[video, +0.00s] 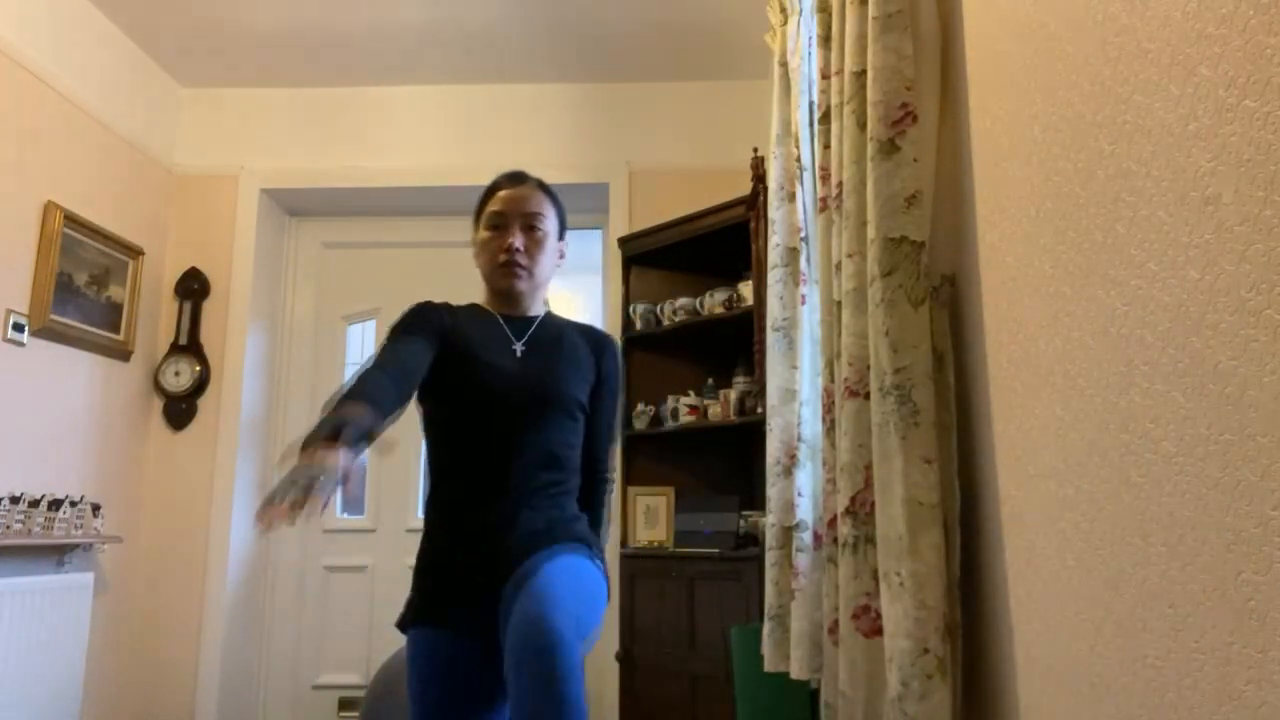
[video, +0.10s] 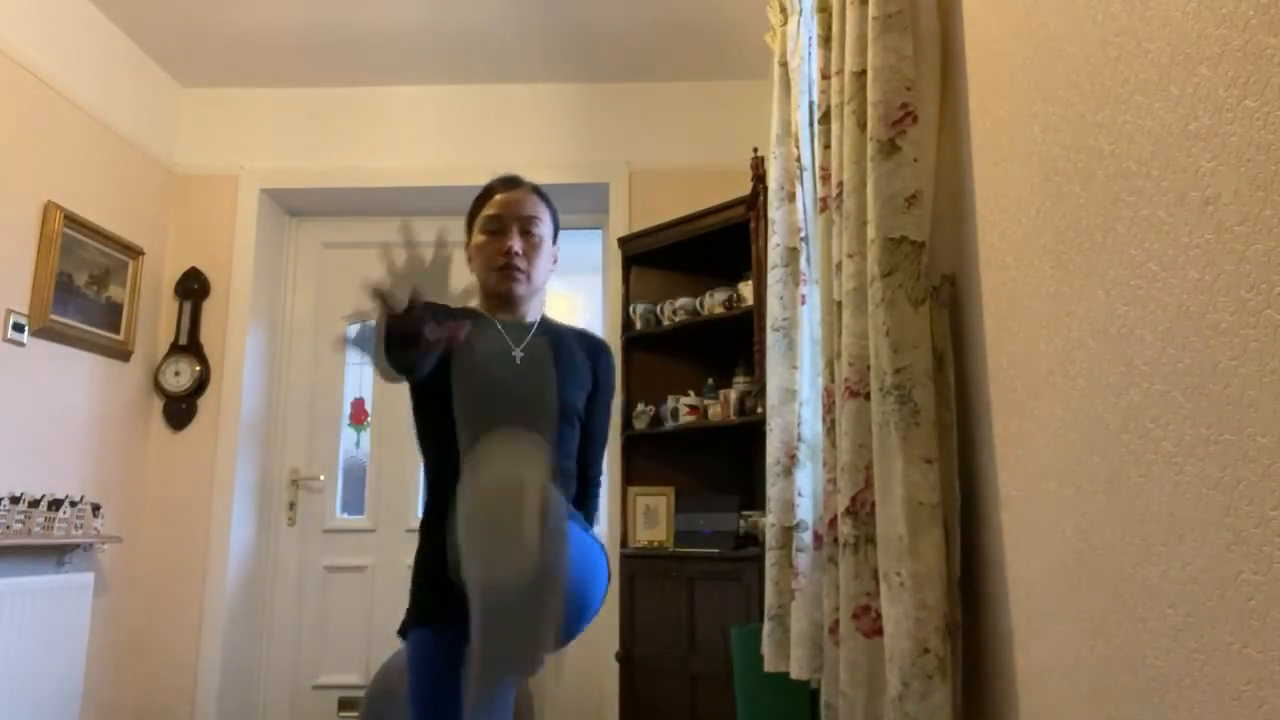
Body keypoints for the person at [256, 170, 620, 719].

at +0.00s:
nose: (513, 240)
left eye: (533, 228)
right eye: (498, 226)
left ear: (559, 253)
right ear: (475, 245)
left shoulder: (595, 350)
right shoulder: (437, 324)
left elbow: (594, 477)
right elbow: (386, 380)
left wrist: (586, 562)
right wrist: (334, 440)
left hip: (555, 552)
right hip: (455, 561)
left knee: (543, 633)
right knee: (440, 707)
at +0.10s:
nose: (511, 244)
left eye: (530, 232)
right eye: (494, 230)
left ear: (553, 258)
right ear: (469, 253)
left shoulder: (588, 354)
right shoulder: (439, 331)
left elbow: (586, 482)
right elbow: (403, 359)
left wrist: (555, 582)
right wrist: (407, 329)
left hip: (552, 577)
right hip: (448, 580)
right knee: (438, 709)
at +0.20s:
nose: (517, 244)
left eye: (532, 233)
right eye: (499, 234)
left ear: (551, 262)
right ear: (468, 260)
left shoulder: (586, 362)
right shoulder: (428, 348)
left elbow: (586, 494)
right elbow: (420, 330)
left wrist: (550, 636)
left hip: (550, 591)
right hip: (451, 595)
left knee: (536, 494)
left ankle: (497, 384)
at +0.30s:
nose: (514, 239)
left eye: (531, 230)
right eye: (497, 226)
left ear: (550, 260)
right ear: (465, 244)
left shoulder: (585, 361)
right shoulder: (427, 341)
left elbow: (588, 493)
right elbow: (415, 330)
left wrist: (560, 629)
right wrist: (441, 275)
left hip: (552, 590)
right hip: (451, 595)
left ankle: (504, 439)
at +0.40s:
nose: (516, 235)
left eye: (533, 224)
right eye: (498, 220)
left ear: (551, 250)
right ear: (466, 245)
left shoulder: (586, 350)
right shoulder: (438, 328)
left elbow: (592, 477)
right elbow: (408, 345)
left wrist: (578, 579)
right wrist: (413, 338)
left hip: (548, 588)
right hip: (449, 580)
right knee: (440, 711)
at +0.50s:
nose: (517, 225)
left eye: (534, 215)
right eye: (499, 212)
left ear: (553, 244)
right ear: (470, 239)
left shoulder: (590, 340)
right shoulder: (430, 321)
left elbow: (602, 465)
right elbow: (394, 375)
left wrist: (594, 560)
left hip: (559, 555)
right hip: (453, 561)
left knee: (536, 657)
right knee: (441, 707)